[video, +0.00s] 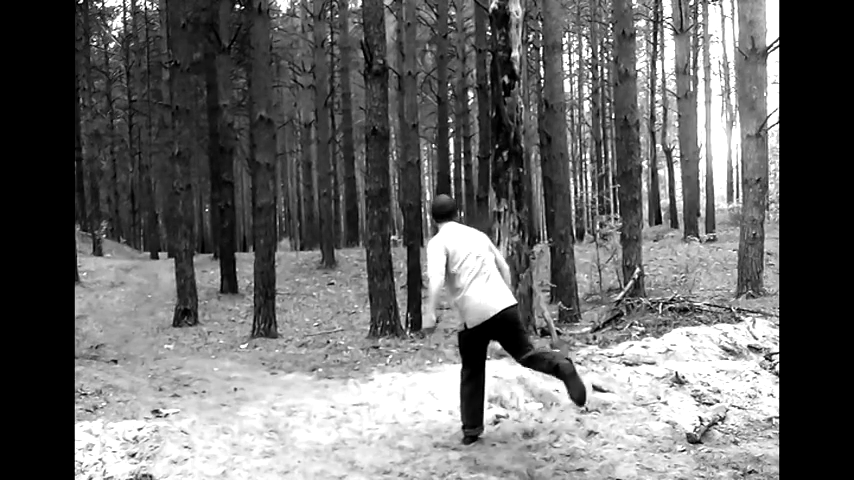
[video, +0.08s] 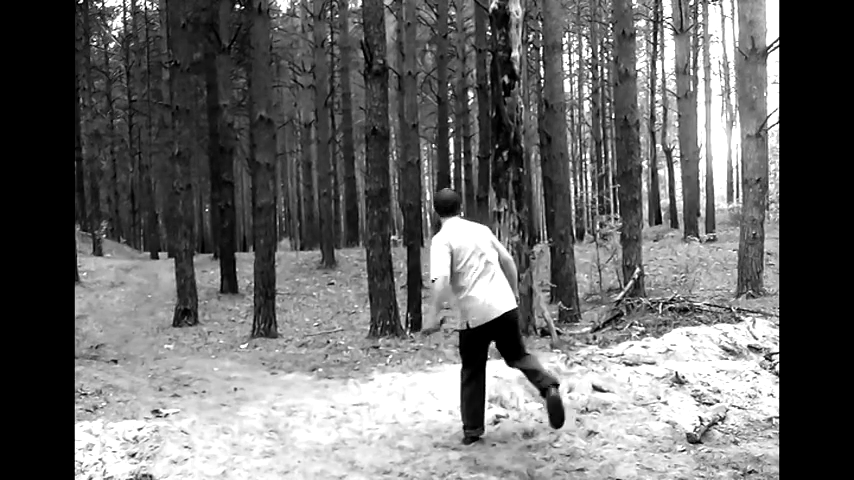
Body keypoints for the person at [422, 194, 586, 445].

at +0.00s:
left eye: (433, 217)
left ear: (433, 218)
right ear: (456, 213)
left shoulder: (437, 242)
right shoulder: (477, 234)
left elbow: (436, 281)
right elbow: (503, 266)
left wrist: (430, 314)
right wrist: (507, 296)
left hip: (475, 315)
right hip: (505, 304)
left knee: (472, 372)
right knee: (526, 354)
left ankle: (471, 430)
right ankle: (561, 365)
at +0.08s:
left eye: (434, 209)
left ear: (436, 212)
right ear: (460, 208)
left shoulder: (441, 240)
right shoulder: (481, 229)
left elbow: (441, 282)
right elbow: (507, 259)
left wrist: (433, 315)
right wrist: (513, 292)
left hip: (475, 314)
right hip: (505, 304)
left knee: (472, 372)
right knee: (518, 355)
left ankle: (473, 430)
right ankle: (548, 387)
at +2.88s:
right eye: (521, 182)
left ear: (485, 188)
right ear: (522, 186)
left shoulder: (468, 236)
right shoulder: (544, 228)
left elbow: (456, 301)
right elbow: (570, 277)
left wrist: (460, 347)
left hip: (492, 359)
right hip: (540, 356)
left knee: (499, 437)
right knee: (542, 442)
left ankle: (495, 477)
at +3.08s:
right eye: (532, 180)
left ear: (493, 185)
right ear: (530, 184)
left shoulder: (478, 232)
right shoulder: (543, 228)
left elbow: (461, 293)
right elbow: (586, 271)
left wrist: (484, 326)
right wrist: (595, 249)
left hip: (498, 356)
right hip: (539, 357)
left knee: (515, 431)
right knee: (548, 442)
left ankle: (510, 477)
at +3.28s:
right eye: (535, 185)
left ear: (496, 192)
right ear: (532, 190)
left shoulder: (483, 237)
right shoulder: (539, 233)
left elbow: (476, 297)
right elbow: (596, 259)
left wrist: (490, 339)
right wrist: (619, 225)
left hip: (499, 357)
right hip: (534, 358)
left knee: (517, 432)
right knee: (551, 441)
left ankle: (511, 477)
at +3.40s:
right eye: (536, 192)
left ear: (496, 199)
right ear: (533, 197)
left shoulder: (485, 241)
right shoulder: (533, 239)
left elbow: (482, 300)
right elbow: (597, 251)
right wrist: (611, 202)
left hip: (495, 359)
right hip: (530, 363)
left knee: (506, 414)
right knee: (554, 439)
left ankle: (498, 472)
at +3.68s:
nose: (513, 218)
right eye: (512, 214)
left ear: (478, 222)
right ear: (510, 220)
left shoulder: (464, 265)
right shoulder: (521, 258)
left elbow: (452, 313)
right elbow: (577, 260)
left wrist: (484, 322)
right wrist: (564, 221)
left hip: (479, 367)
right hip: (517, 367)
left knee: (491, 411)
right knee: (533, 436)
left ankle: (481, 473)